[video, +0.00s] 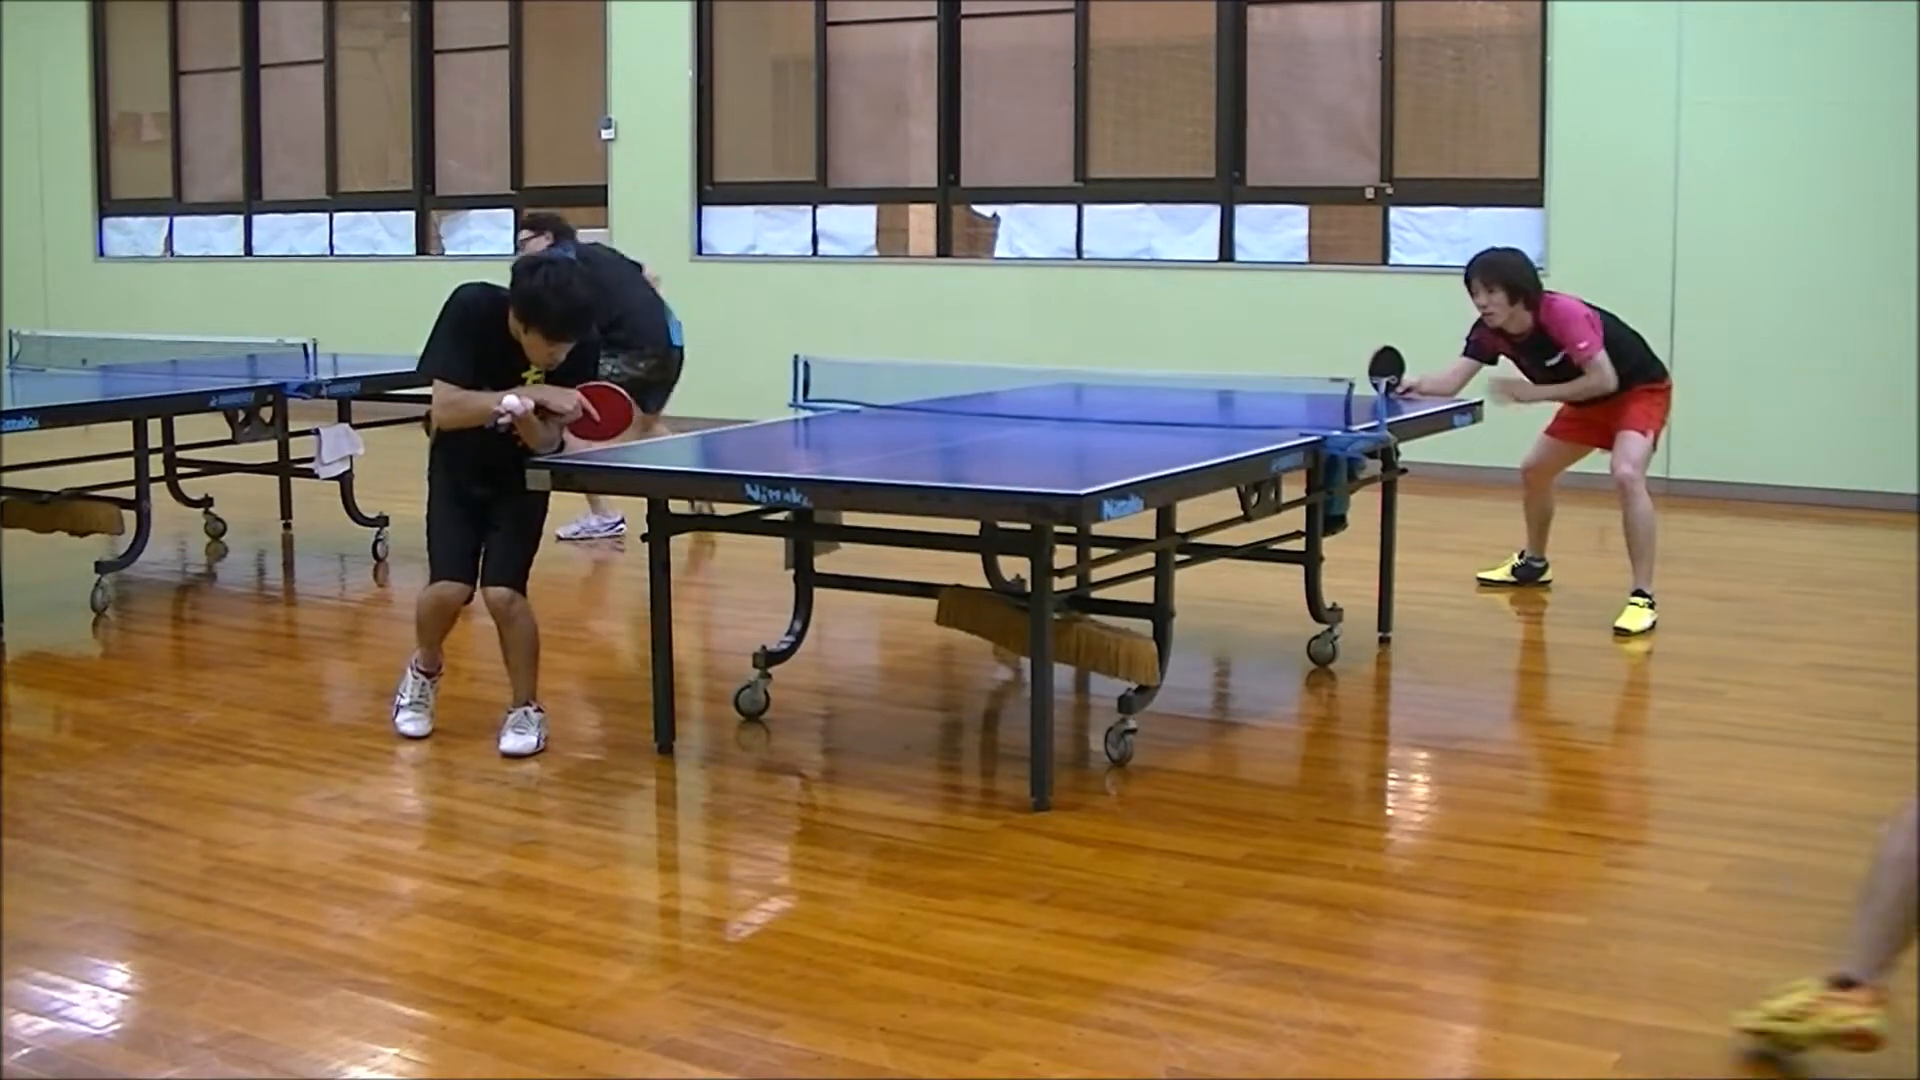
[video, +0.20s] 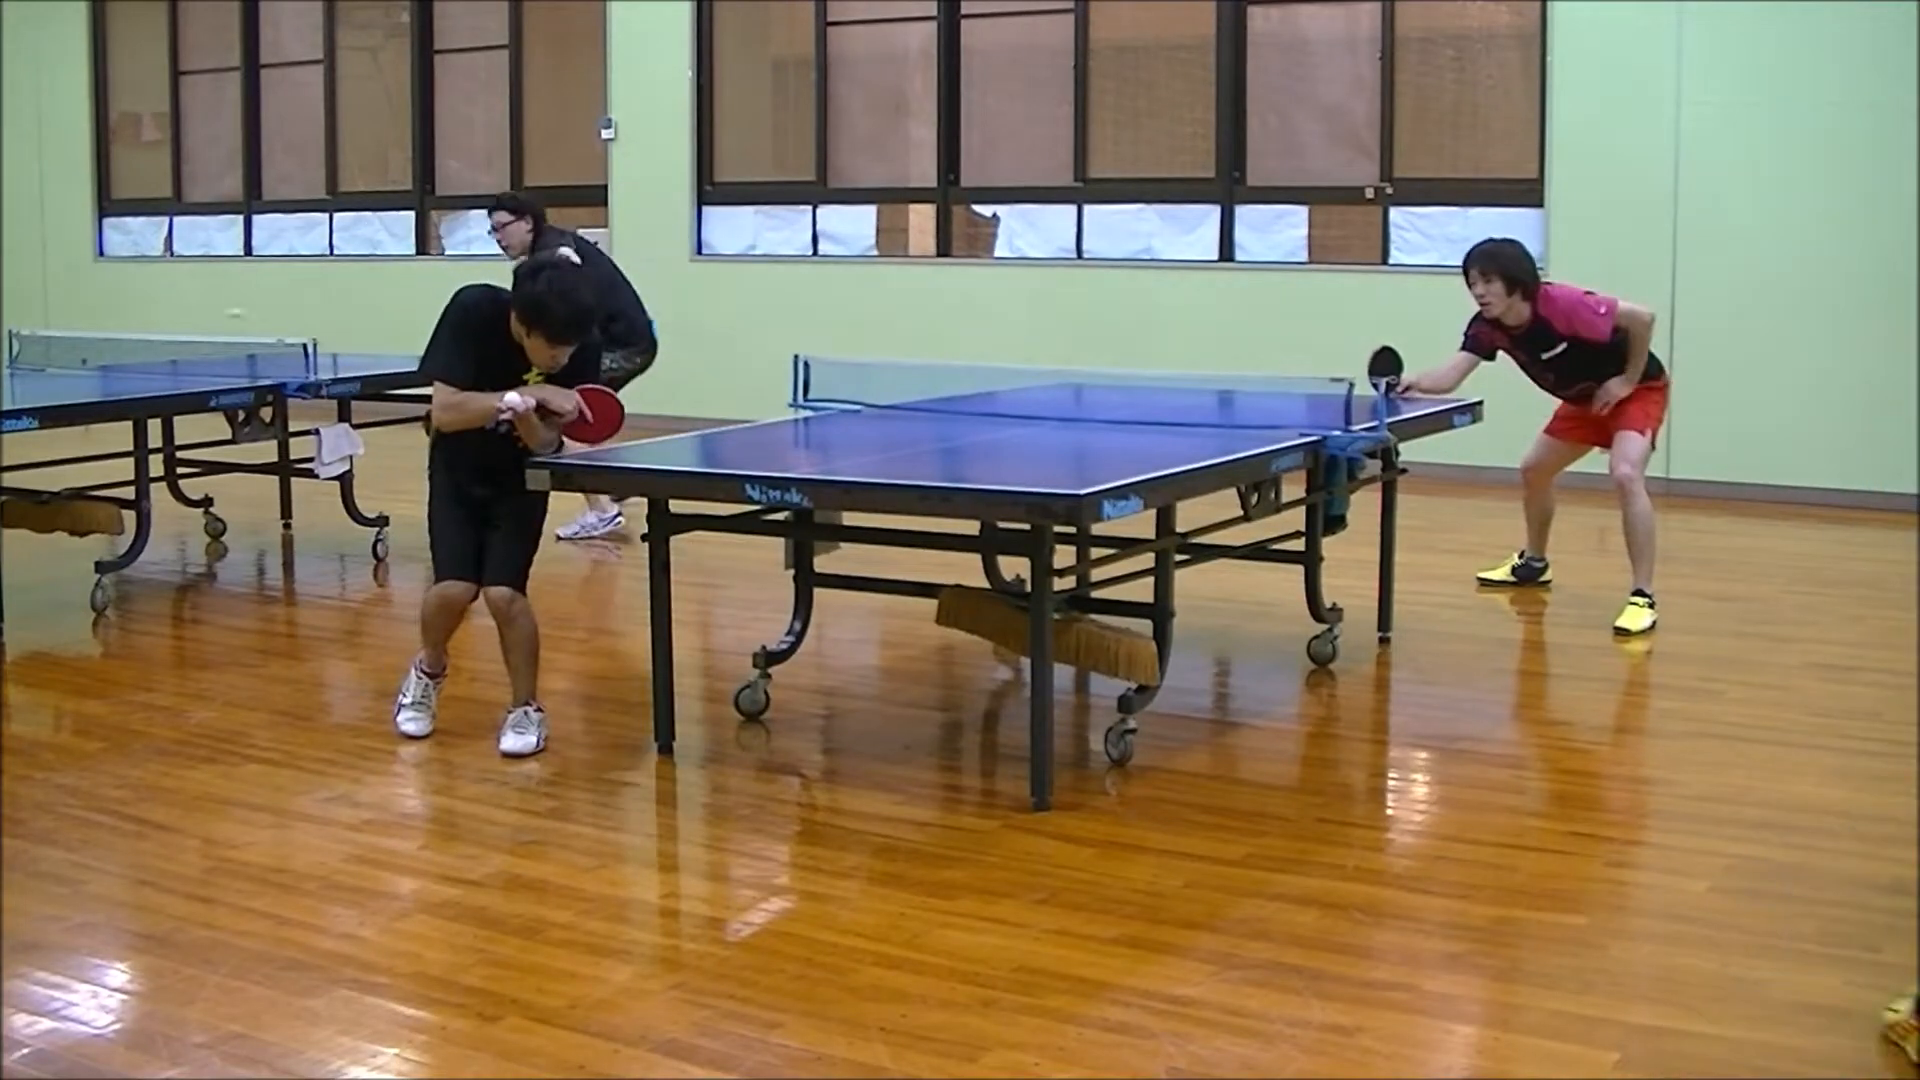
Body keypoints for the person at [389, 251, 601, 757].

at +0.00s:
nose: (555, 357)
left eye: (566, 347)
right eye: (546, 345)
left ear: (580, 330)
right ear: (515, 319)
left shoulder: (581, 342)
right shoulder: (470, 307)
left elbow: (551, 440)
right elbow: (443, 411)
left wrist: (526, 417)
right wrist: (532, 394)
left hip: (523, 467)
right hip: (457, 459)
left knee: (503, 593)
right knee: (451, 590)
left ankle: (525, 709)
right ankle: (424, 670)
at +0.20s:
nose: (563, 359)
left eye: (572, 348)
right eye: (553, 346)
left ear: (583, 333)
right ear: (518, 323)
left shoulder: (582, 346)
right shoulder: (471, 310)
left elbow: (550, 441)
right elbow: (443, 414)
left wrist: (529, 420)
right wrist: (532, 394)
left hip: (524, 467)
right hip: (457, 458)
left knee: (503, 593)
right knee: (455, 589)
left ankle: (525, 709)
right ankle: (428, 671)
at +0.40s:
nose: (564, 360)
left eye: (573, 349)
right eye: (554, 348)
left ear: (583, 333)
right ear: (520, 324)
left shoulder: (582, 343)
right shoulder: (471, 310)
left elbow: (551, 443)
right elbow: (442, 414)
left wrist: (527, 417)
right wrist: (533, 394)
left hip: (521, 466)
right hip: (455, 458)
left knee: (504, 592)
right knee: (455, 588)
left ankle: (525, 709)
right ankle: (428, 672)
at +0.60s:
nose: (563, 353)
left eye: (570, 342)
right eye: (553, 342)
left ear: (580, 325)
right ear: (518, 320)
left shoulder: (578, 336)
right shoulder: (469, 308)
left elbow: (555, 431)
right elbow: (433, 405)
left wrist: (535, 431)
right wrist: (514, 381)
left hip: (521, 464)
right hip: (455, 458)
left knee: (506, 592)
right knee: (454, 589)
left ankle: (525, 709)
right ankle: (428, 671)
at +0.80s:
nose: (555, 348)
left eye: (562, 337)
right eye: (545, 337)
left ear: (573, 324)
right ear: (510, 318)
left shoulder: (574, 344)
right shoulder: (462, 304)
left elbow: (554, 435)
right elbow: (371, 349)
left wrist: (533, 431)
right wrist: (439, 332)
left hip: (520, 473)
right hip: (453, 463)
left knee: (508, 595)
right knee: (438, 578)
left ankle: (525, 708)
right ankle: (427, 659)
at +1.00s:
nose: (534, 340)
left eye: (541, 329)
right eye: (524, 330)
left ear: (550, 315)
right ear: (489, 315)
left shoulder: (557, 346)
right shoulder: (441, 301)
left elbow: (542, 435)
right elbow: (361, 289)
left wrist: (524, 434)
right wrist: (348, 293)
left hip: (504, 481)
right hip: (438, 472)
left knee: (503, 599)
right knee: (397, 590)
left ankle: (525, 710)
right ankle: (368, 665)